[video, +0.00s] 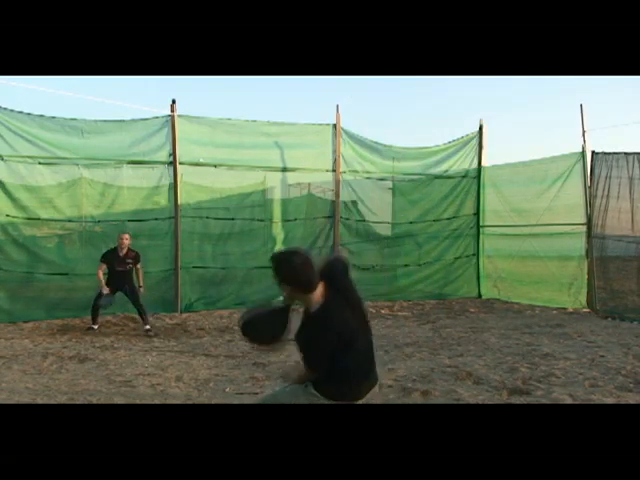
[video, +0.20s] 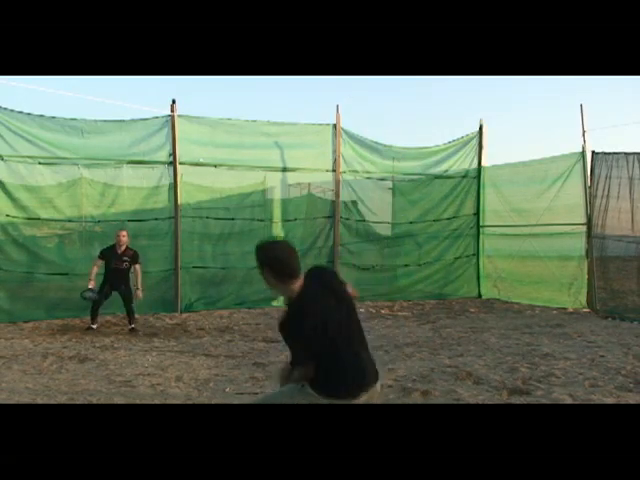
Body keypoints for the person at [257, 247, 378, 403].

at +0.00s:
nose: (280, 288)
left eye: (280, 284)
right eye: (279, 284)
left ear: (289, 288)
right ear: (312, 270)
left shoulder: (309, 333)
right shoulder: (336, 273)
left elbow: (314, 371)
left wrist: (297, 380)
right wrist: (289, 302)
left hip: (340, 393)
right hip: (369, 378)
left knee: (267, 400)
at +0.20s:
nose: (263, 277)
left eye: (262, 272)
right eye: (261, 272)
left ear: (268, 276)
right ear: (296, 262)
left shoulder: (291, 323)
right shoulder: (322, 275)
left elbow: (306, 371)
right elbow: (350, 293)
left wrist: (289, 377)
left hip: (337, 395)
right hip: (371, 382)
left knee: (262, 400)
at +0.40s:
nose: (269, 218)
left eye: (270, 212)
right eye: (269, 211)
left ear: (276, 216)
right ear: (303, 210)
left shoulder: (283, 256)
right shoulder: (331, 235)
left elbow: (297, 324)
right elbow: (376, 271)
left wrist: (278, 364)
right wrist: (360, 307)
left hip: (329, 356)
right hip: (369, 342)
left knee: (267, 399)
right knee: (372, 399)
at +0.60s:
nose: (303, 193)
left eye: (304, 187)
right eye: (303, 187)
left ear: (308, 191)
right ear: (337, 190)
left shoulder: (304, 228)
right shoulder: (366, 220)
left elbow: (305, 296)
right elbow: (400, 272)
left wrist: (284, 341)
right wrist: (380, 303)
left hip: (339, 343)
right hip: (386, 335)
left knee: (296, 400)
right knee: (386, 399)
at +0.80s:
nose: (332, 196)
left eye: (333, 191)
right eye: (333, 191)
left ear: (337, 192)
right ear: (366, 194)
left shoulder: (325, 226)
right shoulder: (393, 227)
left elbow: (317, 289)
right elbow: (412, 289)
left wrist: (292, 322)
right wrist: (387, 310)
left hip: (344, 343)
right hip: (394, 340)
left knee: (310, 399)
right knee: (400, 400)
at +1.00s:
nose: (330, 188)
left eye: (331, 183)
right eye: (332, 183)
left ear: (336, 186)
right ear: (365, 188)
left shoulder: (320, 221)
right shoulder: (389, 223)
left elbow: (298, 283)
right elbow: (404, 284)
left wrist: (279, 285)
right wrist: (370, 283)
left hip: (335, 339)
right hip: (386, 336)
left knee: (303, 398)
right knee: (394, 399)